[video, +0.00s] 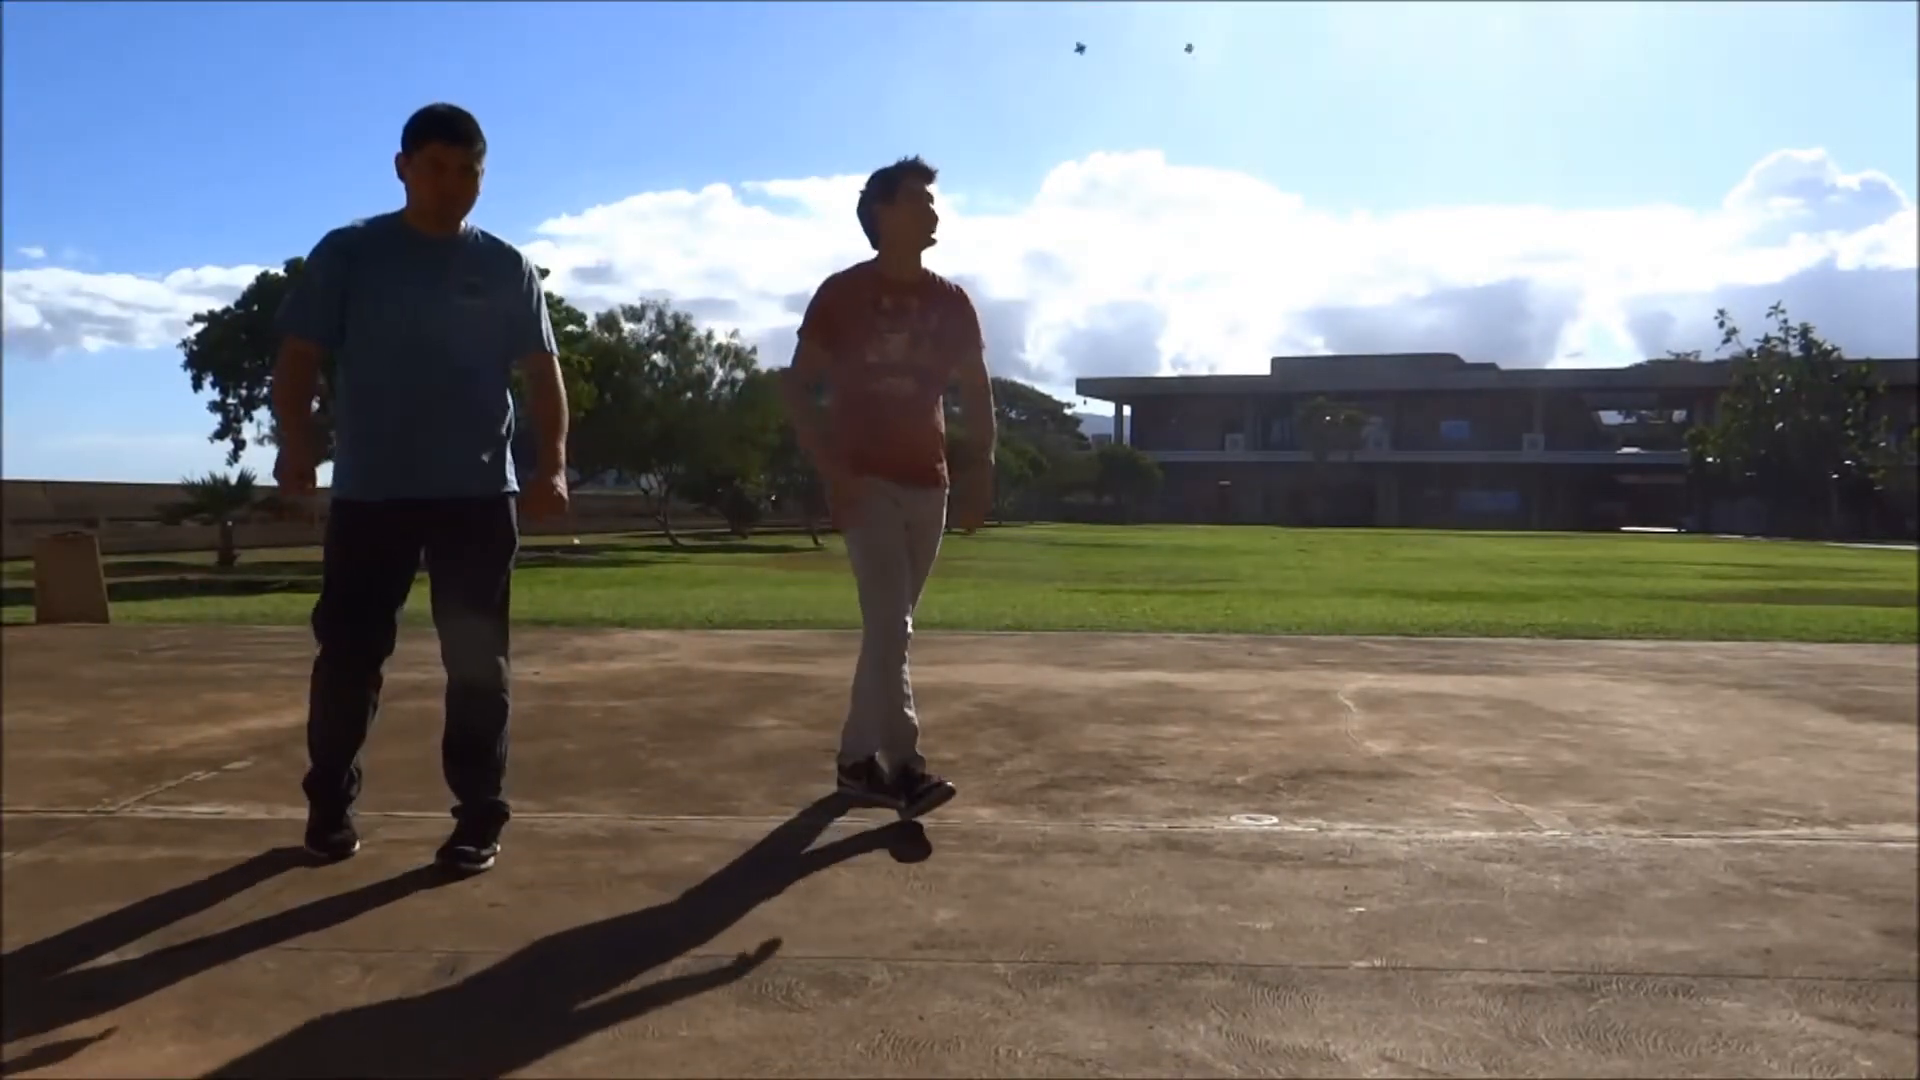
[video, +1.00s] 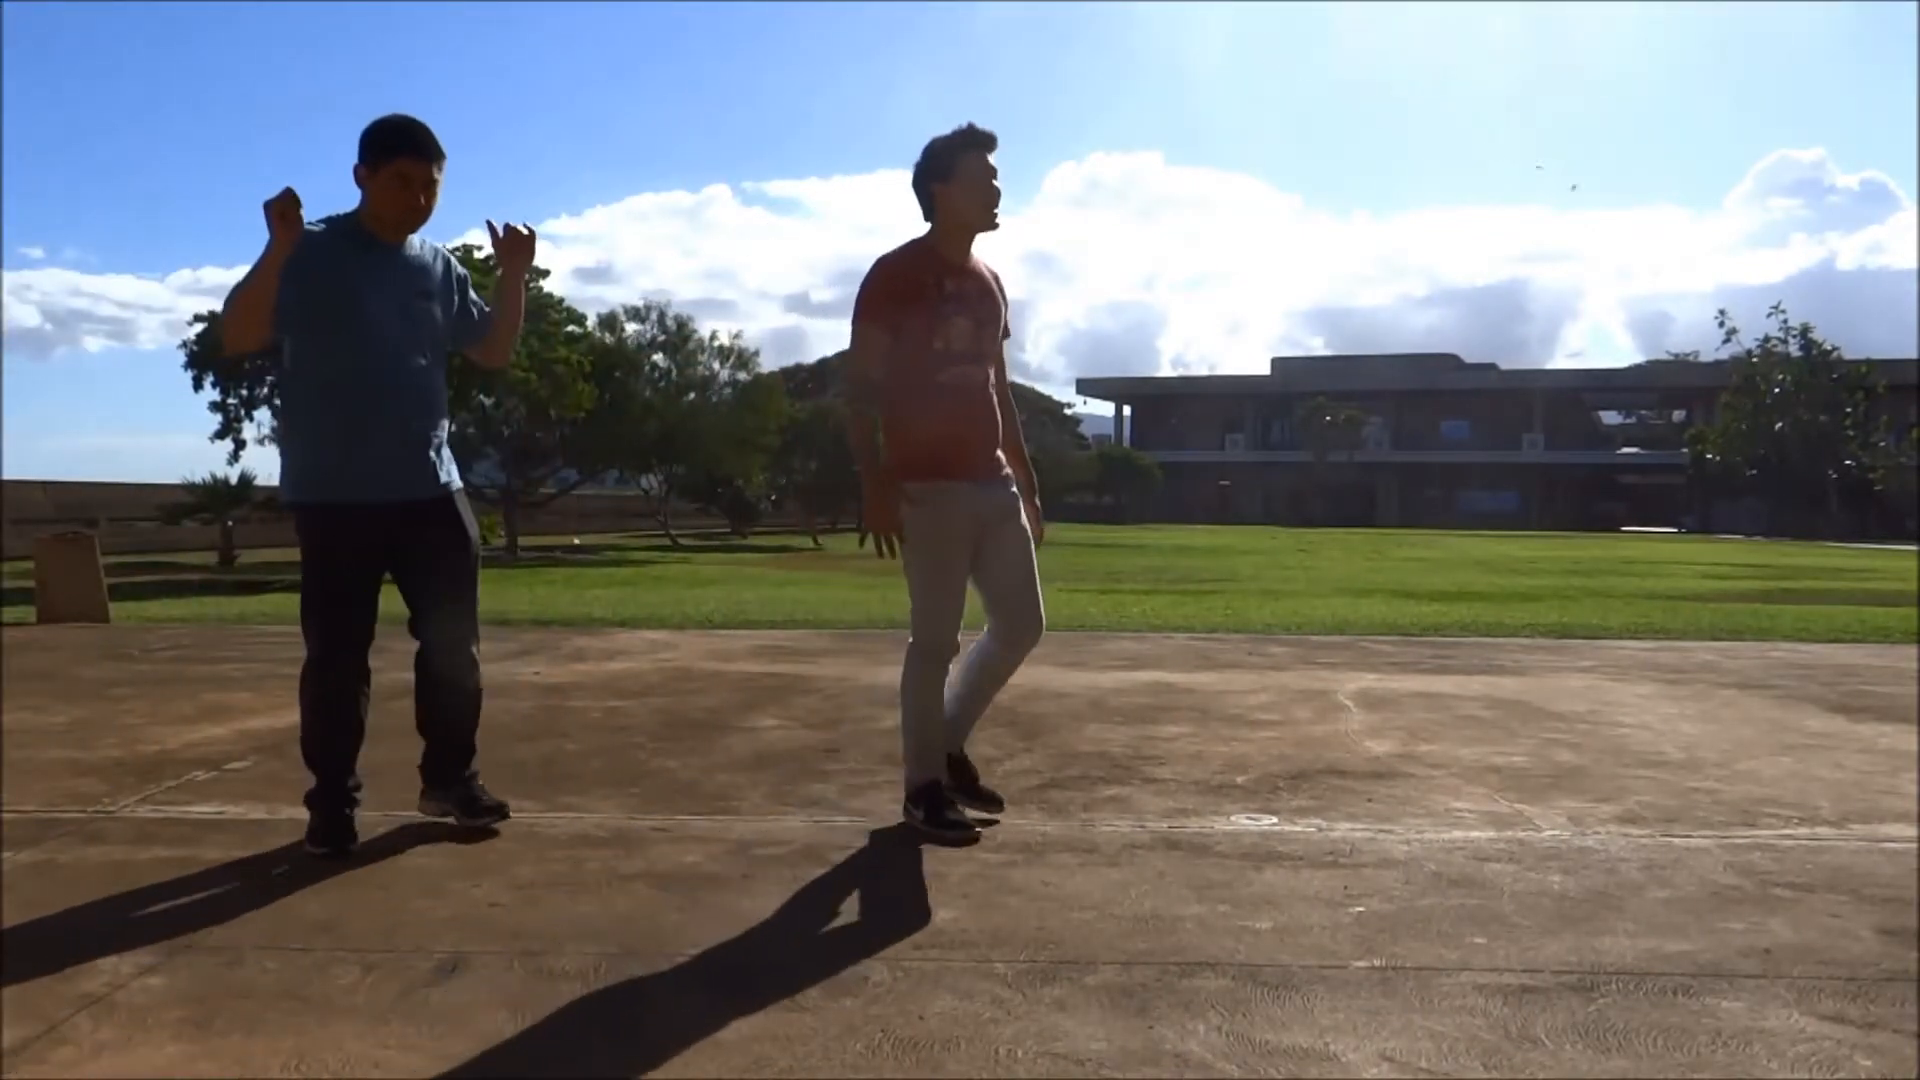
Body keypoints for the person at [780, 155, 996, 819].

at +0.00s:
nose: (933, 209)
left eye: (931, 199)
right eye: (918, 200)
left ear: (925, 214)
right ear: (878, 215)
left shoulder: (952, 300)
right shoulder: (841, 293)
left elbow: (979, 393)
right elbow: (796, 387)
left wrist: (981, 468)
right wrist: (828, 466)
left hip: (930, 484)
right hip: (863, 481)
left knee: (893, 622)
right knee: (889, 621)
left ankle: (857, 756)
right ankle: (904, 763)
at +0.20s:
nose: (946, 206)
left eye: (942, 196)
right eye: (931, 198)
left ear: (922, 213)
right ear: (893, 212)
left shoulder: (957, 296)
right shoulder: (850, 294)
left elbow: (991, 387)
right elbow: (810, 397)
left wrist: (1015, 469)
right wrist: (815, 491)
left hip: (941, 481)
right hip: (878, 479)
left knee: (900, 619)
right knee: (909, 621)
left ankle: (858, 754)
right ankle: (917, 779)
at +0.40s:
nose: (961, 196)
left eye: (958, 186)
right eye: (948, 187)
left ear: (930, 203)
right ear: (909, 201)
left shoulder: (967, 286)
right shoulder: (859, 286)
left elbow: (1007, 378)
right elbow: (818, 392)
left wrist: (1050, 455)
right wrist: (805, 489)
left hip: (952, 476)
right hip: (889, 474)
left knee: (917, 616)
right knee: (919, 616)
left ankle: (863, 744)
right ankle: (918, 782)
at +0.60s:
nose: (974, 193)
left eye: (970, 182)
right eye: (961, 183)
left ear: (941, 197)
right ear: (921, 196)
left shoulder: (976, 284)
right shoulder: (869, 282)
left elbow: (1007, 381)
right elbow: (828, 392)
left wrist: (1055, 462)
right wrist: (816, 494)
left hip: (966, 479)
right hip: (904, 480)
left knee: (962, 627)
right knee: (923, 627)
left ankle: (876, 733)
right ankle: (923, 784)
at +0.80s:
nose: (987, 192)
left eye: (983, 180)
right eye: (973, 181)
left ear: (951, 196)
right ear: (930, 195)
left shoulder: (983, 285)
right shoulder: (879, 279)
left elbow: (1001, 389)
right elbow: (838, 392)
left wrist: (1039, 480)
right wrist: (843, 492)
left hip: (983, 484)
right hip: (917, 485)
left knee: (1000, 626)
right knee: (932, 635)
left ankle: (903, 718)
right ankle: (927, 788)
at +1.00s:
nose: (999, 188)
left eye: (995, 175)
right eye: (984, 176)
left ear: (969, 191)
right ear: (939, 190)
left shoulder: (987, 282)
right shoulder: (892, 275)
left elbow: (998, 392)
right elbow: (859, 390)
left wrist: (1028, 485)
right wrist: (873, 487)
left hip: (994, 486)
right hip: (929, 489)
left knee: (1020, 624)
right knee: (934, 640)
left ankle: (944, 745)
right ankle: (924, 789)